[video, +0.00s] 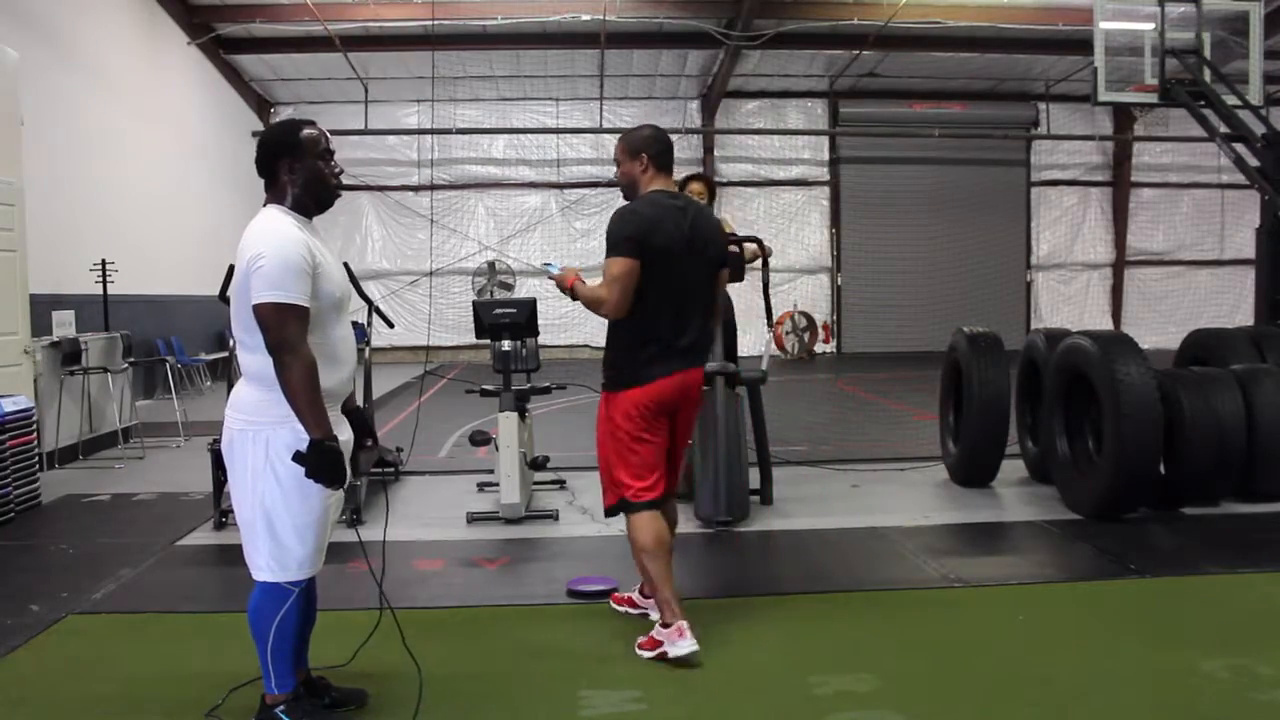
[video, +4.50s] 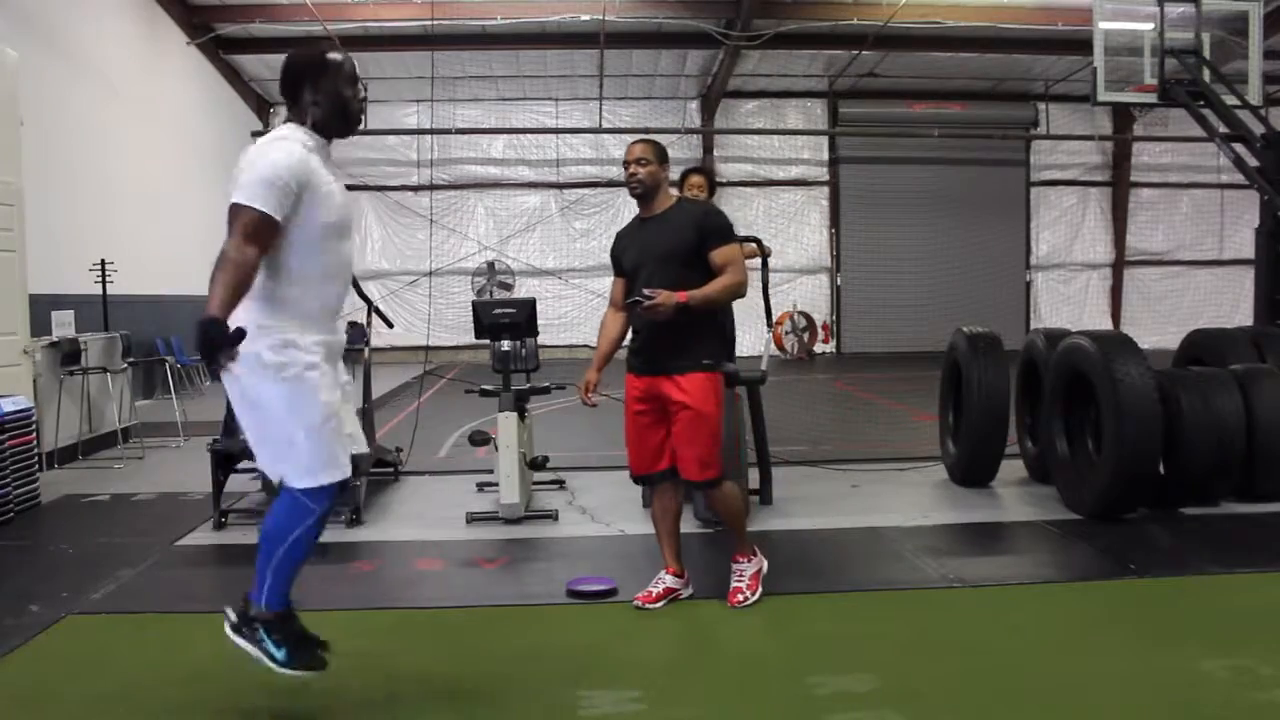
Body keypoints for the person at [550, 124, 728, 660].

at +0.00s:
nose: (618, 175)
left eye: (621, 166)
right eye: (617, 166)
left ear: (642, 163)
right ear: (663, 163)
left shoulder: (630, 219)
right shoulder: (706, 218)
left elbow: (614, 303)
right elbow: (719, 287)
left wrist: (577, 287)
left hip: (637, 384)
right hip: (688, 376)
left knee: (641, 501)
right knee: (660, 494)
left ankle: (674, 628)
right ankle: (651, 593)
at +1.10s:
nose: (627, 173)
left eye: (637, 164)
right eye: (625, 164)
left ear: (668, 163)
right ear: (635, 166)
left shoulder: (696, 222)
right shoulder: (652, 217)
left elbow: (694, 303)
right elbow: (650, 295)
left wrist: (622, 286)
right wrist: (614, 286)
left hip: (675, 381)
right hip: (635, 378)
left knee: (672, 491)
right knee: (624, 478)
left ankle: (681, 603)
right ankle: (653, 582)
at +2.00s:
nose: (649, 164)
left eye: (659, 157)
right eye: (642, 157)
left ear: (679, 166)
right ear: (635, 167)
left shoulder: (707, 219)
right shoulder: (625, 230)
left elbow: (731, 293)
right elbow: (612, 301)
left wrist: (675, 282)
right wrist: (590, 361)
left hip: (685, 375)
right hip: (635, 375)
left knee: (681, 487)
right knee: (646, 485)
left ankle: (681, 604)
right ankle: (673, 575)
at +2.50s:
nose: (646, 167)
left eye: (656, 160)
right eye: (642, 161)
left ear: (681, 168)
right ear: (639, 172)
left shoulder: (715, 217)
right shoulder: (639, 238)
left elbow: (745, 283)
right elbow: (635, 309)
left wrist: (684, 288)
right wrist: (625, 373)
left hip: (709, 369)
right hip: (658, 371)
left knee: (714, 473)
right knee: (666, 475)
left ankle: (747, 566)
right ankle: (675, 573)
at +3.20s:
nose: (727, 167)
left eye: (737, 160)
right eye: (722, 160)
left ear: (758, 167)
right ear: (716, 169)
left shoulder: (786, 225)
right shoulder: (701, 225)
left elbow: (810, 294)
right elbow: (689, 293)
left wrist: (764, 298)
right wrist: (673, 354)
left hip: (765, 372)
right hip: (707, 369)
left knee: (772, 472)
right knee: (695, 469)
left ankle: (767, 564)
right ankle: (680, 567)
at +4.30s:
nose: (648, 170)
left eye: (657, 162)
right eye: (642, 164)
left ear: (679, 168)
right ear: (638, 174)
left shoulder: (715, 217)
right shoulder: (635, 236)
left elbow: (748, 282)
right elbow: (627, 306)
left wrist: (696, 296)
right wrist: (608, 364)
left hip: (706, 372)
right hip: (653, 374)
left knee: (723, 475)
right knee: (663, 475)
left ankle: (755, 555)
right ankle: (674, 572)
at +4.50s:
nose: (632, 171)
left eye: (641, 163)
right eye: (627, 165)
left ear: (665, 169)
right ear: (624, 175)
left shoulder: (703, 217)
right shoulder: (626, 238)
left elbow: (737, 278)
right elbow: (618, 308)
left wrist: (683, 298)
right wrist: (596, 365)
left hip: (698, 369)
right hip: (646, 372)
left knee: (702, 474)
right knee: (659, 474)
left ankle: (747, 556)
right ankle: (673, 573)